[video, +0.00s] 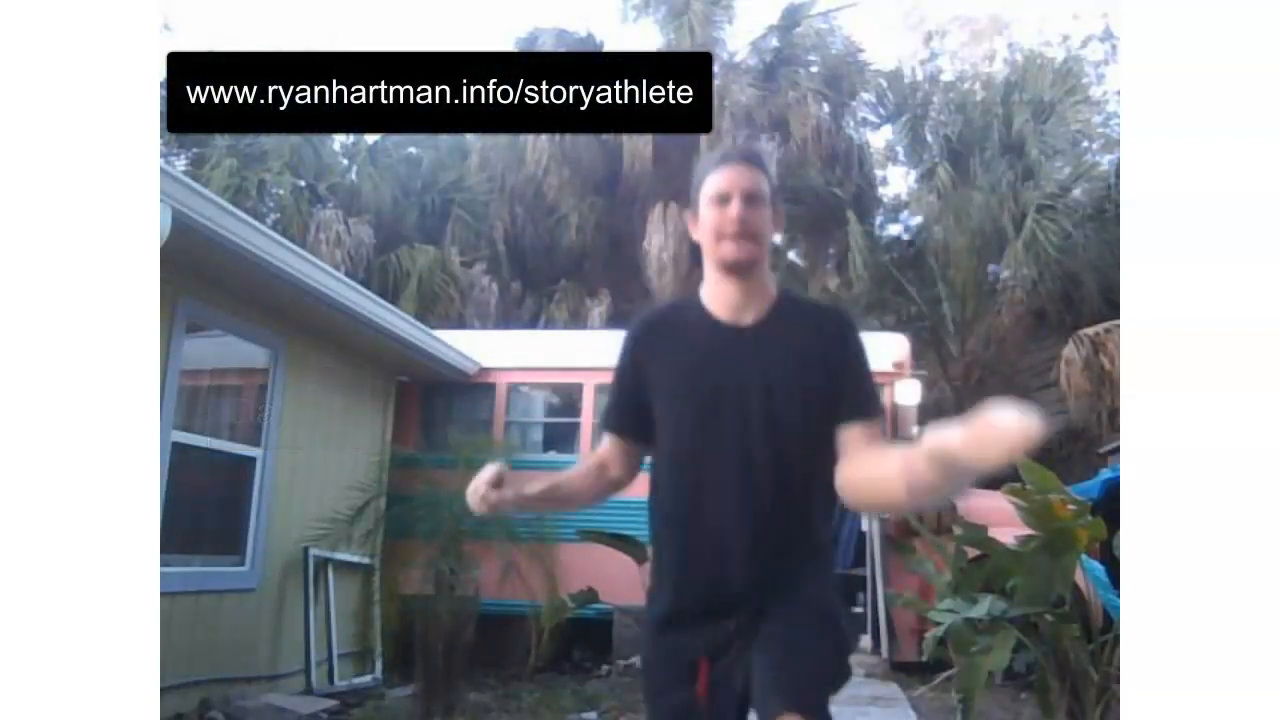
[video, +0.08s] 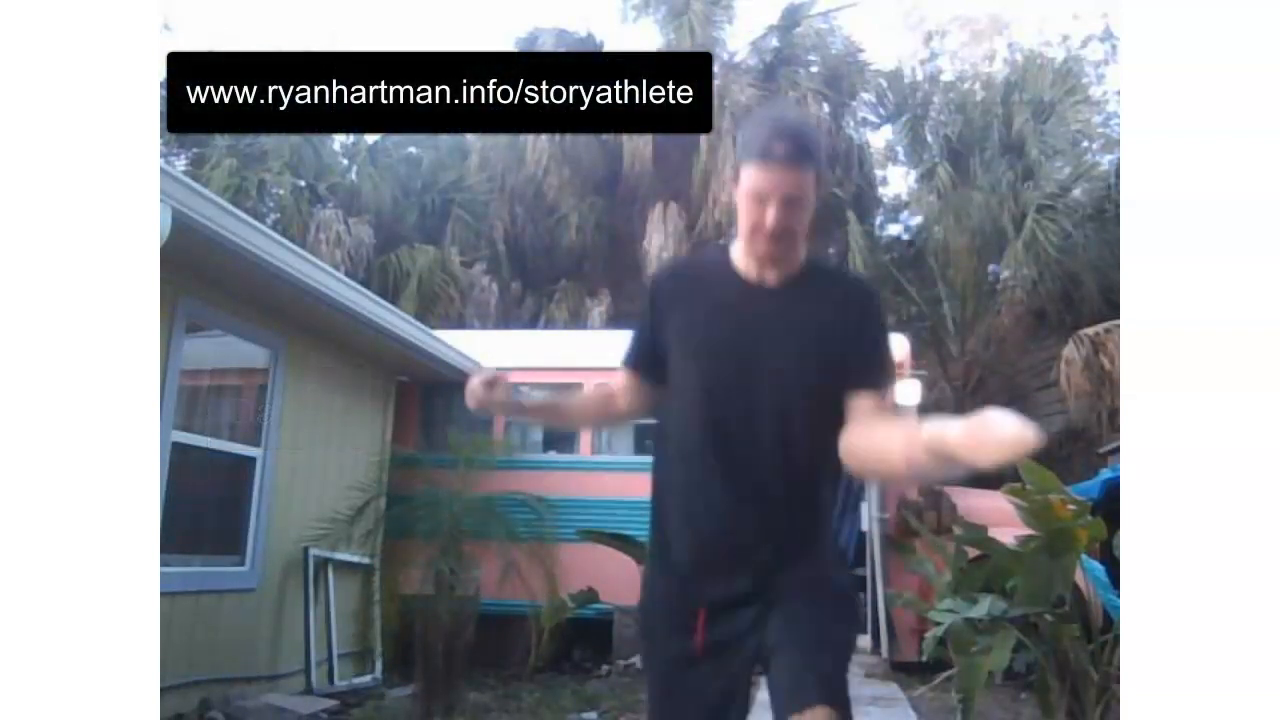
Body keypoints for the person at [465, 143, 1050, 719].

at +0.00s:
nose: (738, 215)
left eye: (753, 201)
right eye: (721, 201)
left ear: (776, 220)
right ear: (693, 223)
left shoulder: (825, 332)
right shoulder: (655, 337)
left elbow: (858, 474)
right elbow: (610, 466)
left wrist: (941, 459)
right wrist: (529, 491)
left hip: (794, 608)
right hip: (683, 616)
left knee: (788, 708)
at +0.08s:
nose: (774, 219)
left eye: (792, 202)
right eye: (761, 198)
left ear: (818, 199)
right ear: (734, 191)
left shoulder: (852, 303)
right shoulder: (679, 288)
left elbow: (862, 436)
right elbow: (629, 395)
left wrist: (941, 444)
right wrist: (523, 403)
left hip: (802, 572)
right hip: (689, 574)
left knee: (817, 711)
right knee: (681, 714)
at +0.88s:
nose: (724, 269)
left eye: (741, 253)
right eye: (705, 255)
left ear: (769, 274)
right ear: (677, 280)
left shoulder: (826, 391)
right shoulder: (635, 387)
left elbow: (872, 538)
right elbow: (539, 512)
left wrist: (921, 619)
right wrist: (417, 532)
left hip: (780, 655)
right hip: (659, 635)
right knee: (692, 691)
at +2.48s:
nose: (724, 22)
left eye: (742, 10)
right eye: (706, 10)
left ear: (769, 37)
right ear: (681, 38)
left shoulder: (821, 156)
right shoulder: (639, 159)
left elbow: (868, 319)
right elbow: (605, 296)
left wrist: (771, 397)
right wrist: (550, 394)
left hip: (785, 477)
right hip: (660, 471)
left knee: (771, 704)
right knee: (647, 697)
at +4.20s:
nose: (766, 138)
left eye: (784, 123)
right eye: (749, 122)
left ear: (810, 143)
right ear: (718, 143)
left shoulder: (851, 266)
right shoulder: (659, 267)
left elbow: (876, 407)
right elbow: (606, 401)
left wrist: (940, 411)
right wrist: (497, 448)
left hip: (812, 571)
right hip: (689, 575)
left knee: (815, 708)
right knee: (697, 717)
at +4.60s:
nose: (754, 110)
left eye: (773, 96)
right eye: (737, 95)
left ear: (802, 125)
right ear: (711, 121)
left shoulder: (842, 243)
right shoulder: (657, 239)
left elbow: (882, 390)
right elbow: (603, 378)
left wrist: (948, 380)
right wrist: (520, 472)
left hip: (807, 552)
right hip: (685, 554)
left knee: (811, 709)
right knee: (684, 713)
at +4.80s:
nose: (768, 364)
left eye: (789, 343)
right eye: (749, 341)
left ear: (817, 313)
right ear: (719, 306)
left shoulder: (865, 407)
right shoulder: (667, 396)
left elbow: (905, 554)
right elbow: (594, 508)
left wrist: (961, 579)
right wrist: (502, 542)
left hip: (811, 658)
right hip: (692, 669)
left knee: (818, 691)